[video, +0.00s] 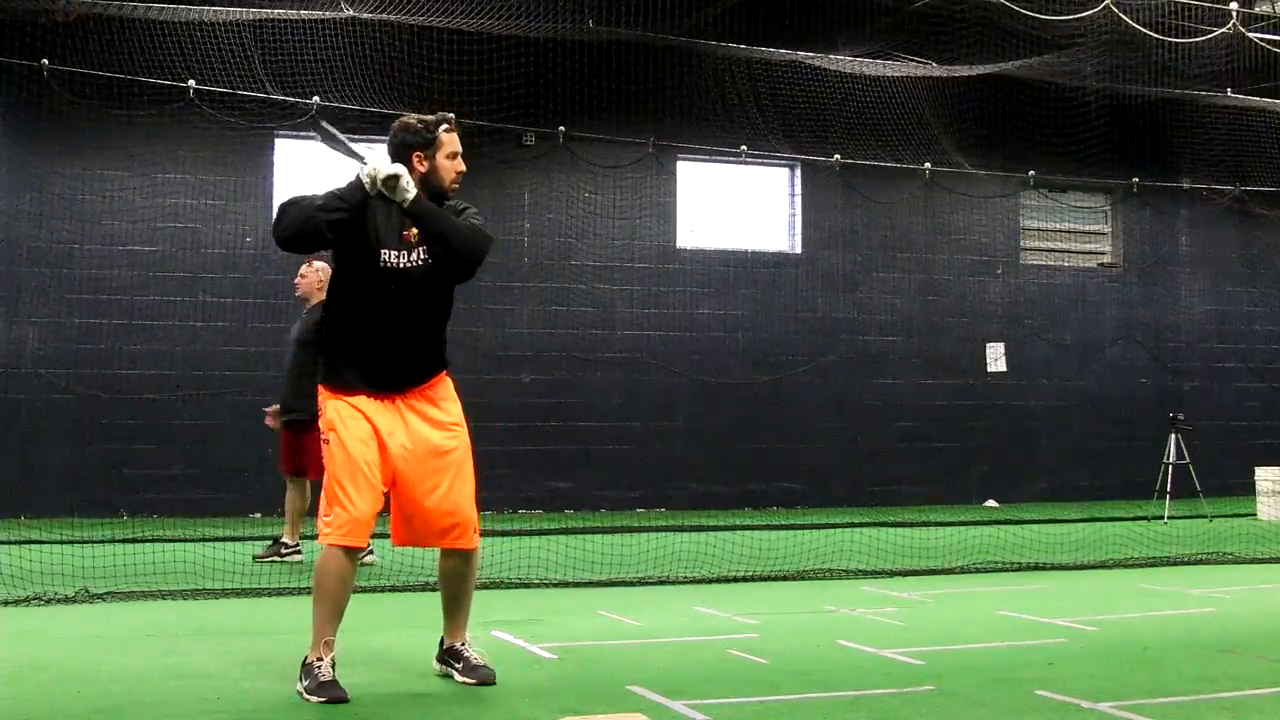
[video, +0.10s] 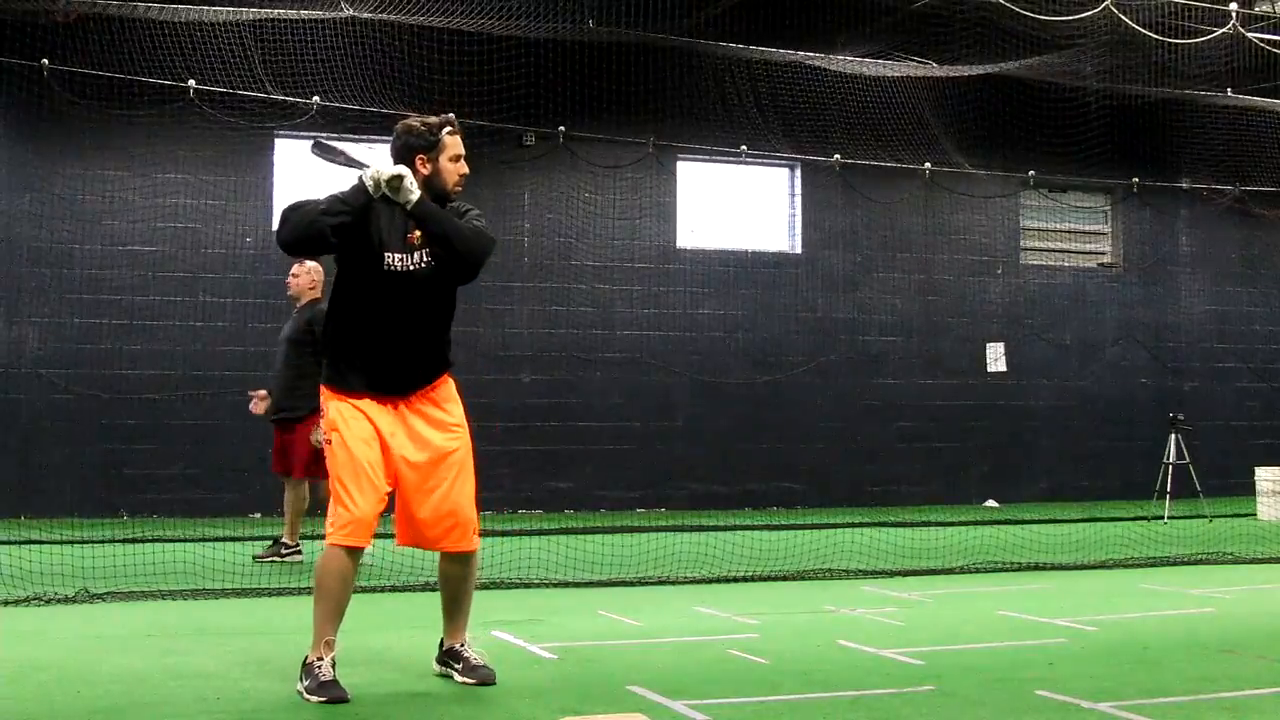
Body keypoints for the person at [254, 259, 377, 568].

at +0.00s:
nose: (297, 280)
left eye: (304, 275)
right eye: (298, 275)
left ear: (321, 281)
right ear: (311, 283)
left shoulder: (329, 314)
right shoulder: (306, 318)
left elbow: (335, 368)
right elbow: (301, 372)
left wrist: (336, 407)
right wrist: (284, 408)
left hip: (325, 410)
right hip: (295, 412)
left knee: (341, 478)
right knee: (296, 478)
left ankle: (360, 542)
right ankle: (290, 542)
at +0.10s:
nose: (289, 280)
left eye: (295, 275)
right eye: (289, 275)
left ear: (314, 281)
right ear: (299, 283)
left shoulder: (320, 315)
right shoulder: (297, 317)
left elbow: (330, 368)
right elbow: (293, 369)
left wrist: (326, 417)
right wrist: (271, 394)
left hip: (312, 412)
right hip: (287, 412)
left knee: (331, 479)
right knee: (293, 478)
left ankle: (350, 537)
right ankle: (289, 542)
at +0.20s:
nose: (280, 279)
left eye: (287, 274)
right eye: (282, 273)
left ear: (305, 280)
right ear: (296, 281)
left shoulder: (314, 311)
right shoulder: (291, 314)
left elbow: (328, 356)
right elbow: (294, 366)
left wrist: (322, 394)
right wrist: (270, 387)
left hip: (303, 407)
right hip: (284, 406)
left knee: (299, 475)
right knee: (294, 476)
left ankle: (348, 523)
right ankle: (289, 543)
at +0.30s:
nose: (275, 279)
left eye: (282, 274)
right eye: (276, 274)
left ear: (301, 279)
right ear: (293, 281)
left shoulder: (310, 312)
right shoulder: (288, 313)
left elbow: (326, 363)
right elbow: (292, 365)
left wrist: (302, 381)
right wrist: (267, 383)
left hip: (301, 403)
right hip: (285, 402)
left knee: (280, 466)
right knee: (290, 470)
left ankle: (322, 526)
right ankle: (288, 541)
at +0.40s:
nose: (272, 281)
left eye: (279, 276)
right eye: (273, 275)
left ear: (297, 282)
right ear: (292, 283)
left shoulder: (305, 313)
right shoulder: (285, 314)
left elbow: (313, 369)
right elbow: (287, 364)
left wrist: (274, 382)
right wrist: (264, 387)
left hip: (292, 407)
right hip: (281, 406)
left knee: (271, 464)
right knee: (287, 469)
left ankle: (295, 534)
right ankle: (290, 535)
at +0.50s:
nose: (271, 289)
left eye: (276, 282)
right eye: (272, 283)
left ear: (292, 284)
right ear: (289, 285)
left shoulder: (302, 312)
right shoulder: (286, 314)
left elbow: (309, 368)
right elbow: (282, 362)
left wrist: (273, 375)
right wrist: (260, 388)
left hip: (286, 408)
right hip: (281, 406)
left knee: (268, 468)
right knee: (289, 473)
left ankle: (266, 537)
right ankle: (290, 541)